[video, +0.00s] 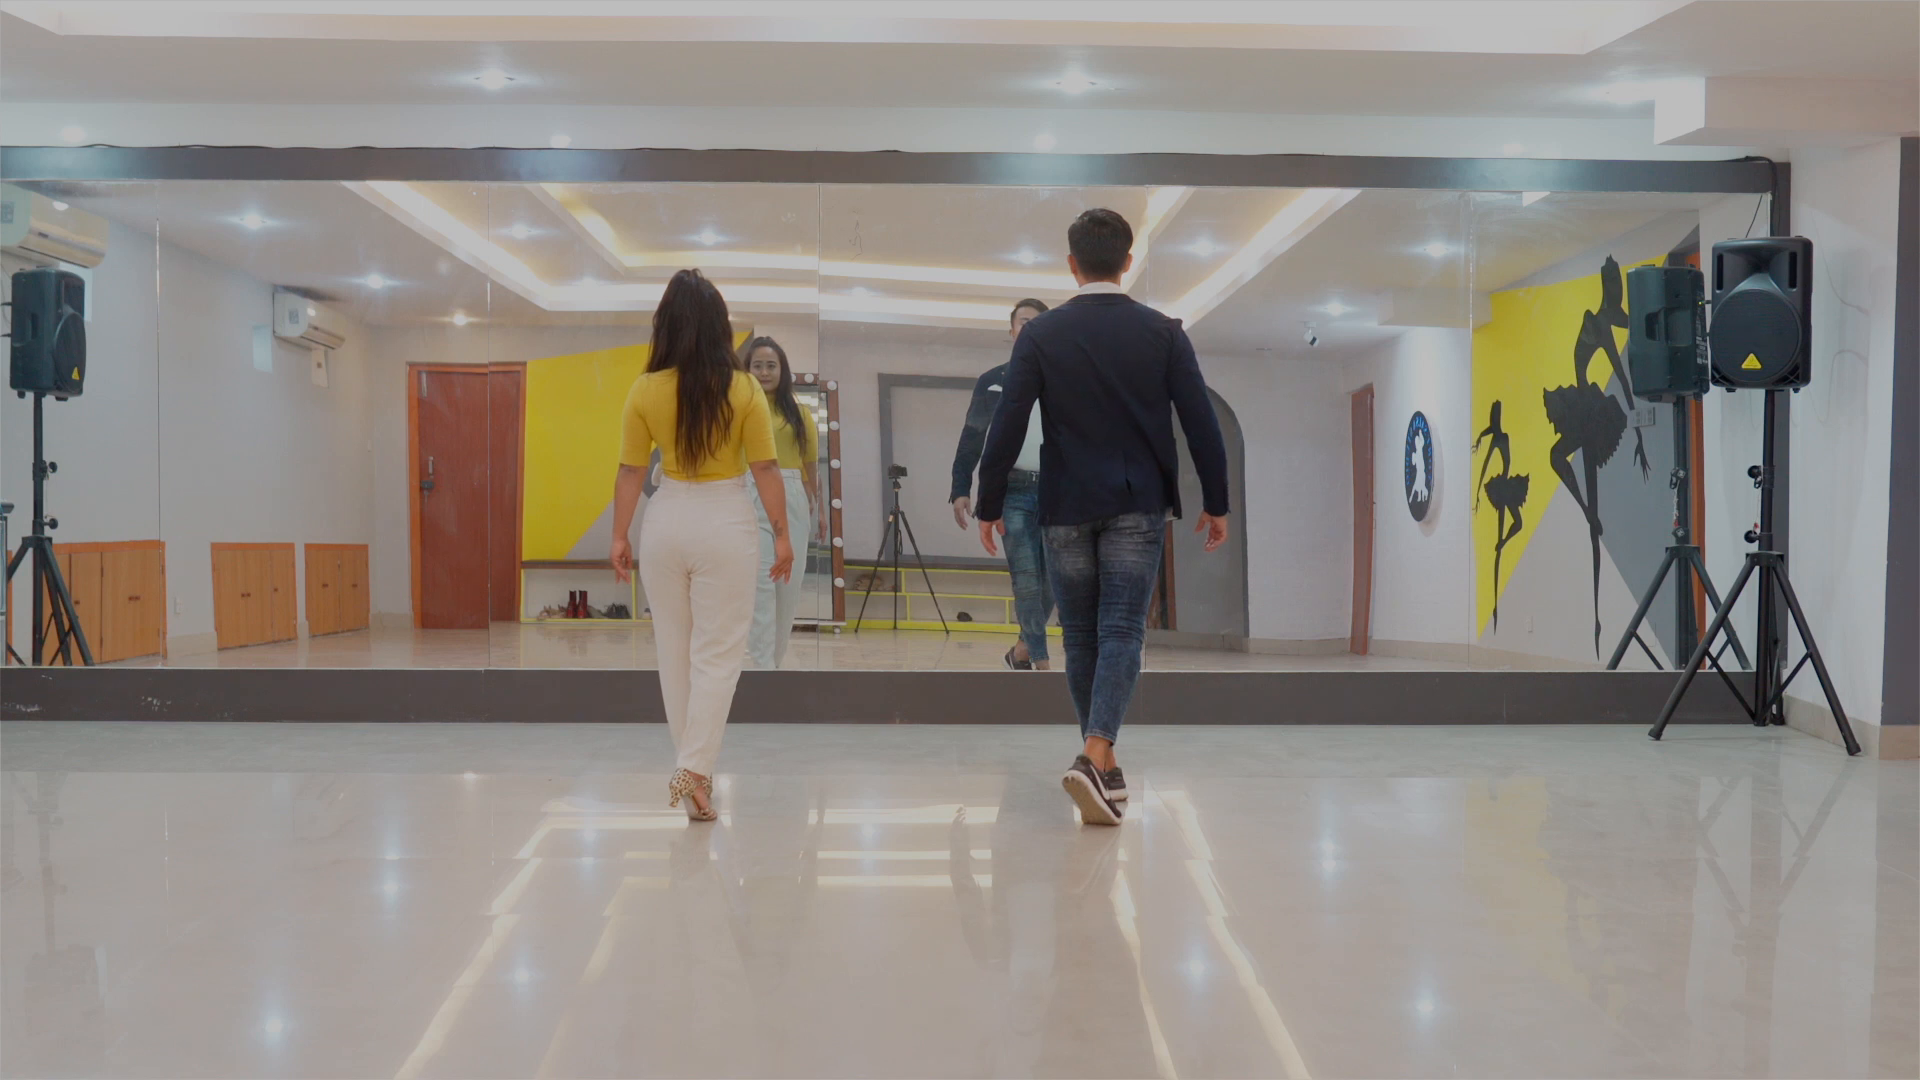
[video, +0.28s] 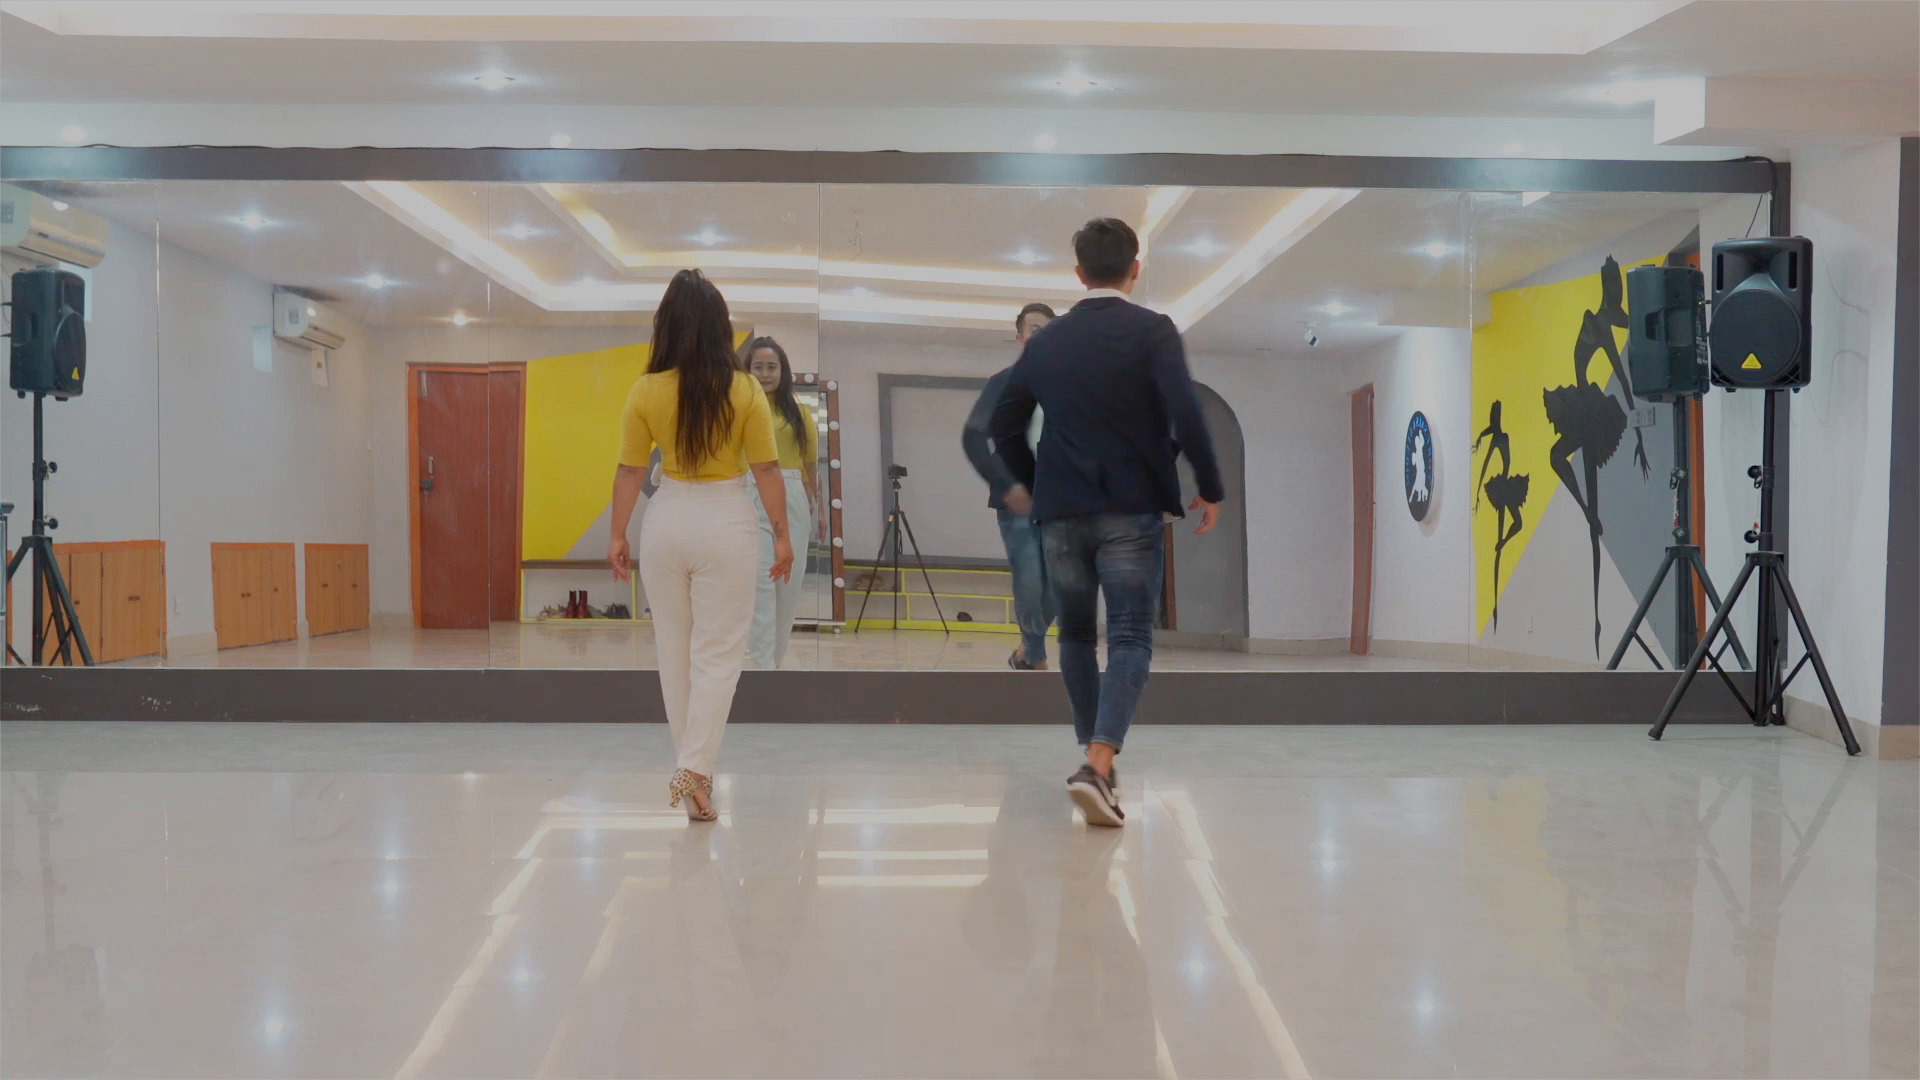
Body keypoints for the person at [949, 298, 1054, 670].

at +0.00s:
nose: (1028, 329)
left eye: (1036, 324)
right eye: (1022, 323)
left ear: (1048, 332)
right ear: (1011, 330)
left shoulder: (1062, 379)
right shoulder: (993, 381)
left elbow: (1077, 434)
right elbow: (972, 436)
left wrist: (1080, 486)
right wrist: (961, 488)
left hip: (1057, 488)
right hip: (1014, 486)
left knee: (1055, 577)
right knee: (1026, 574)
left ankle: (1021, 650)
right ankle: (1041, 661)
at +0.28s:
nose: (1040, 335)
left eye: (1046, 329)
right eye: (1033, 329)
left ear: (1055, 336)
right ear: (1019, 336)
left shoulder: (1069, 383)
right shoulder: (1005, 382)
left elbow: (1084, 438)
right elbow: (973, 436)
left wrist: (1072, 485)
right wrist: (1007, 486)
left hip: (1060, 497)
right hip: (1021, 498)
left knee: (1060, 584)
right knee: (1030, 581)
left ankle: (1026, 649)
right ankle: (1037, 659)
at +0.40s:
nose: (1049, 343)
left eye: (1055, 337)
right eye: (1040, 336)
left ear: (1064, 340)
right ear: (1026, 340)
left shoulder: (1051, 378)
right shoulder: (1028, 380)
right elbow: (1020, 442)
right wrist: (1044, 482)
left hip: (1039, 492)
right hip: (1021, 495)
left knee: (1056, 577)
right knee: (1051, 579)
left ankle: (1018, 654)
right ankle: (1015, 657)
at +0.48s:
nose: (1064, 348)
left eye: (1065, 340)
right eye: (1060, 339)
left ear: (1035, 343)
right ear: (1040, 341)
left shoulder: (1012, 384)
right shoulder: (1048, 385)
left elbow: (995, 438)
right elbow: (1053, 437)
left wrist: (1020, 460)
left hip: (1004, 485)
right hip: (1036, 490)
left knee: (1032, 577)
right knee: (1047, 581)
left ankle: (1022, 655)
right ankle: (1013, 656)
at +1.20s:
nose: (1039, 366)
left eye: (1035, 359)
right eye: (1043, 359)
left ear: (1027, 360)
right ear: (1064, 360)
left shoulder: (1010, 394)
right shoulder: (1075, 396)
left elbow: (977, 437)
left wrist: (981, 493)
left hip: (1023, 504)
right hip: (1069, 504)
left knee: (1040, 588)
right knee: (1061, 589)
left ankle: (1065, 659)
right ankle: (1028, 658)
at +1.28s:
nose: (1020, 365)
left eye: (1021, 360)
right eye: (1022, 359)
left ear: (1027, 362)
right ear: (1061, 361)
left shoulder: (1015, 396)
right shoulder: (1075, 394)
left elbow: (995, 453)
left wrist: (986, 501)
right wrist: (986, 454)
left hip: (1027, 508)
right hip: (1070, 506)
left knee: (1040, 589)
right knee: (1064, 588)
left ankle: (1066, 661)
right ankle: (1036, 657)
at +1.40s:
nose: (1017, 364)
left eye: (1018, 359)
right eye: (1019, 358)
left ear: (1025, 362)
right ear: (1057, 358)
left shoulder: (1025, 396)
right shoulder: (1076, 389)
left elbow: (1023, 447)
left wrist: (994, 490)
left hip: (1034, 500)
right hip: (1074, 498)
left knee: (1041, 580)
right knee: (1070, 581)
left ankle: (1064, 656)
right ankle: (1057, 648)